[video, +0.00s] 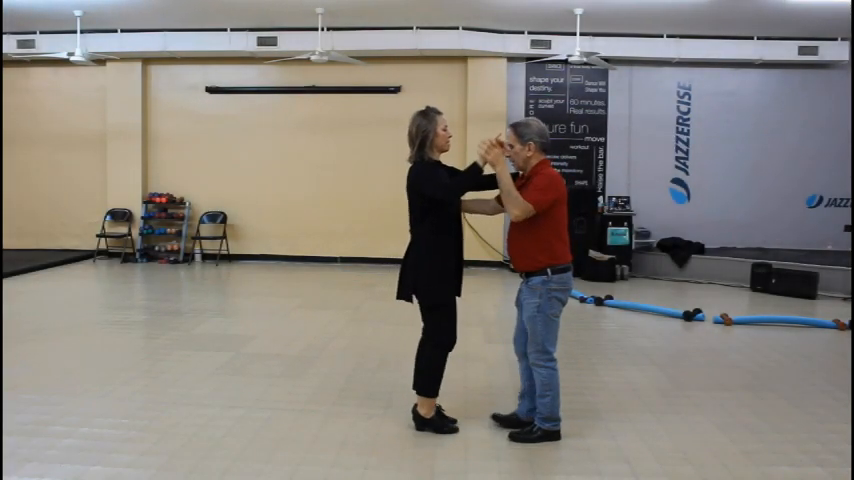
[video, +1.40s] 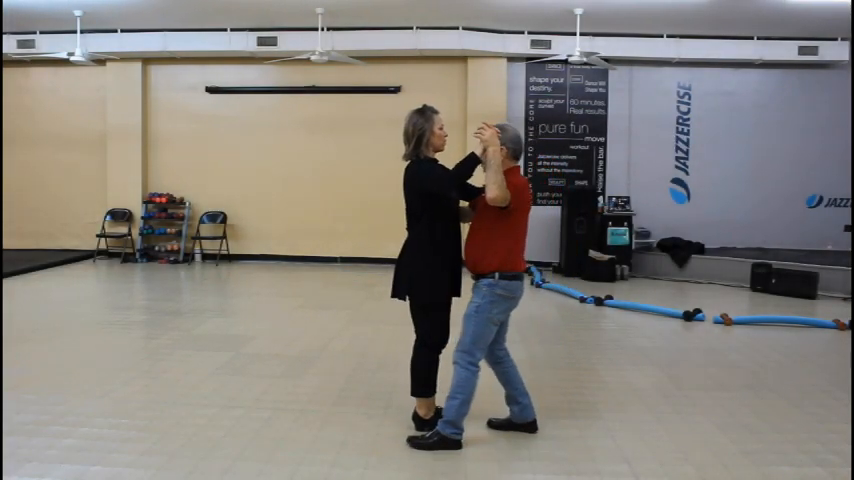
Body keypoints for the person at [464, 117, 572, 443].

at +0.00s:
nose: (506, 153)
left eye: (510, 147)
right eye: (505, 147)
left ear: (530, 148)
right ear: (526, 149)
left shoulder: (548, 179)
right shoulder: (524, 180)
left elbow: (518, 211)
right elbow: (492, 204)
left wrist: (500, 166)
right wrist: (450, 200)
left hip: (549, 280)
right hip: (532, 278)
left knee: (541, 354)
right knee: (525, 348)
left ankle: (548, 424)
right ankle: (527, 413)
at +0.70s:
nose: (492, 151)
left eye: (497, 145)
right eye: (491, 145)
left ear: (516, 148)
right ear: (512, 148)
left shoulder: (533, 178)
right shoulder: (501, 183)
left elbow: (509, 197)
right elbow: (466, 209)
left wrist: (499, 156)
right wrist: (433, 199)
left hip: (523, 276)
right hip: (507, 276)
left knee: (496, 347)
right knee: (514, 347)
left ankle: (518, 418)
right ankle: (525, 416)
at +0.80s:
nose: (491, 152)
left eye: (495, 146)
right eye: (489, 146)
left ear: (513, 148)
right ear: (509, 149)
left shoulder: (530, 179)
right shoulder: (499, 184)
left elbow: (506, 198)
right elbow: (463, 208)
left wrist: (497, 156)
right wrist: (432, 195)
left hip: (518, 277)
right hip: (504, 276)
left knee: (489, 349)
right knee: (512, 348)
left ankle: (489, 426)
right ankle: (525, 417)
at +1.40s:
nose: (481, 150)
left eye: (487, 145)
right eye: (483, 145)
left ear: (503, 151)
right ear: (503, 152)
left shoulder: (517, 181)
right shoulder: (496, 183)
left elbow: (496, 198)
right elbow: (466, 213)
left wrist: (491, 156)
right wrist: (432, 208)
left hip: (498, 282)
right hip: (496, 280)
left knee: (466, 356)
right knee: (495, 351)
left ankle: (449, 430)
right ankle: (523, 416)